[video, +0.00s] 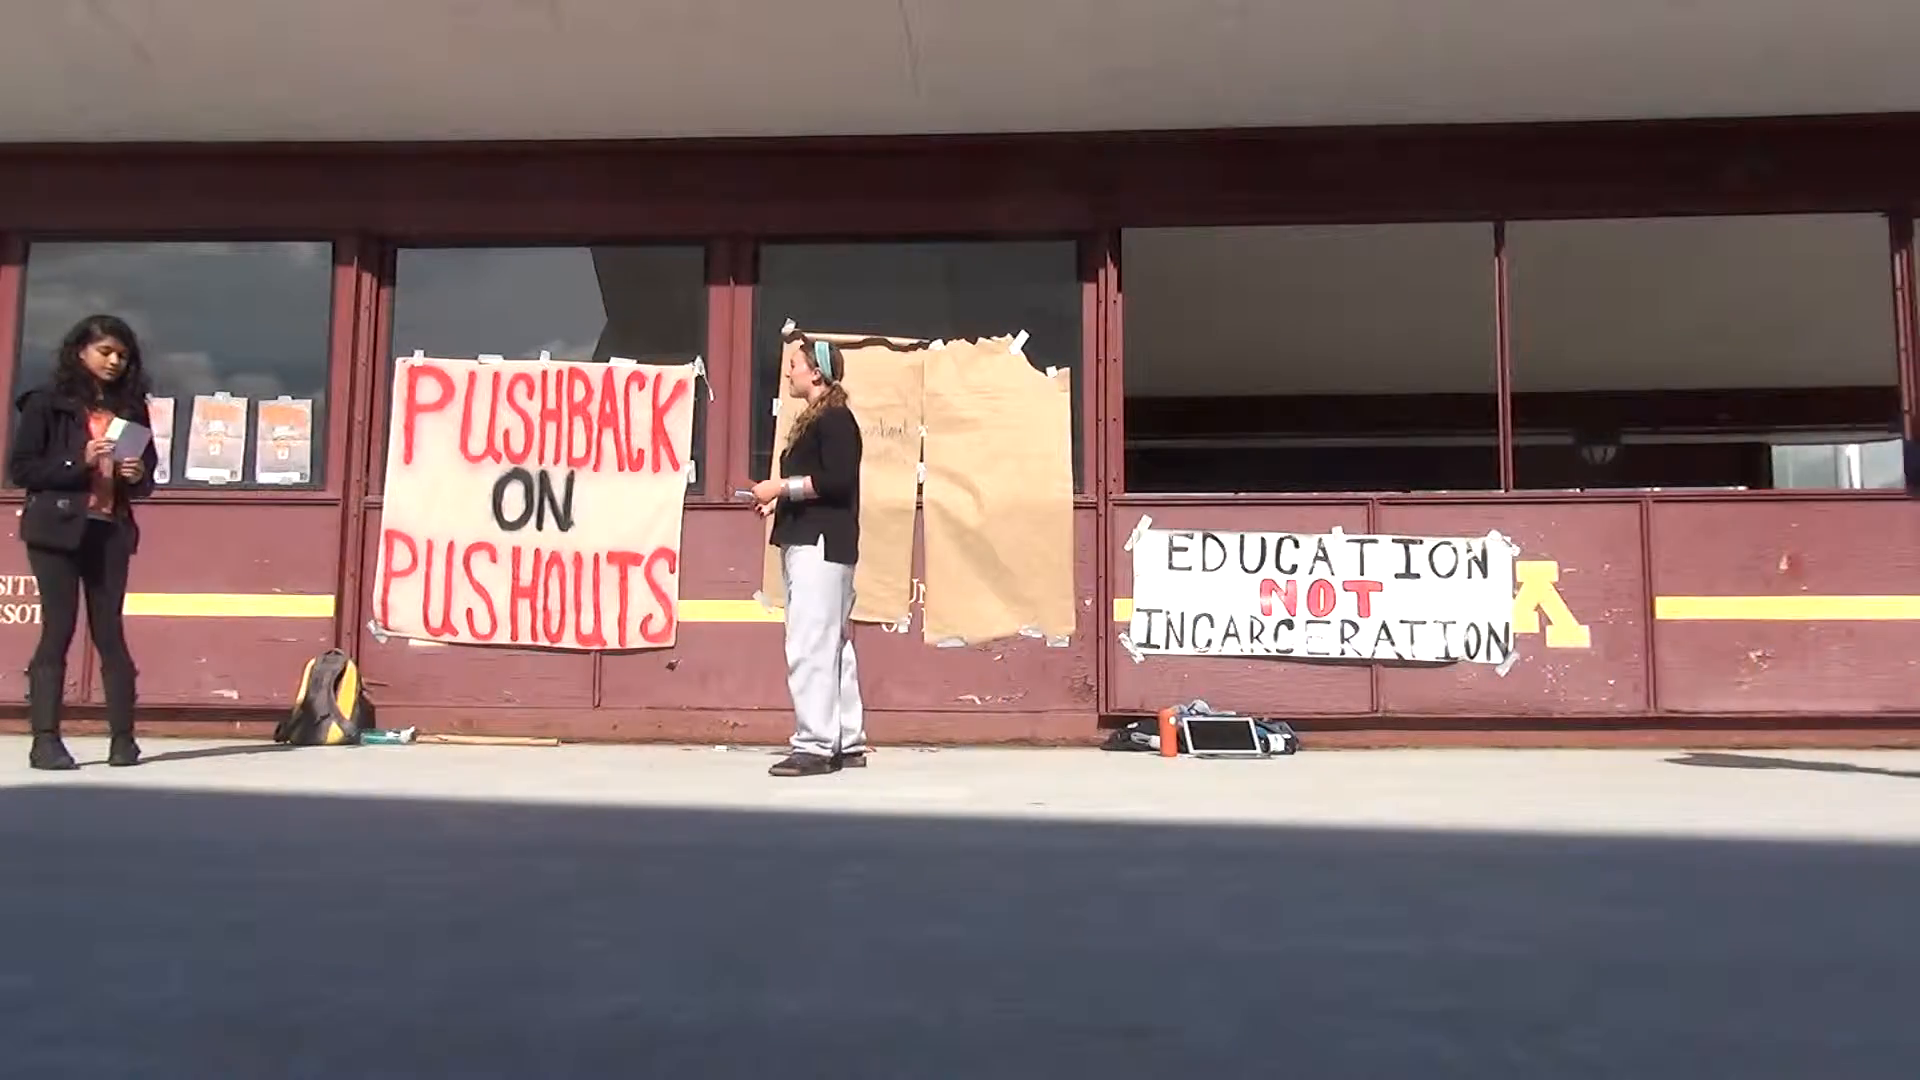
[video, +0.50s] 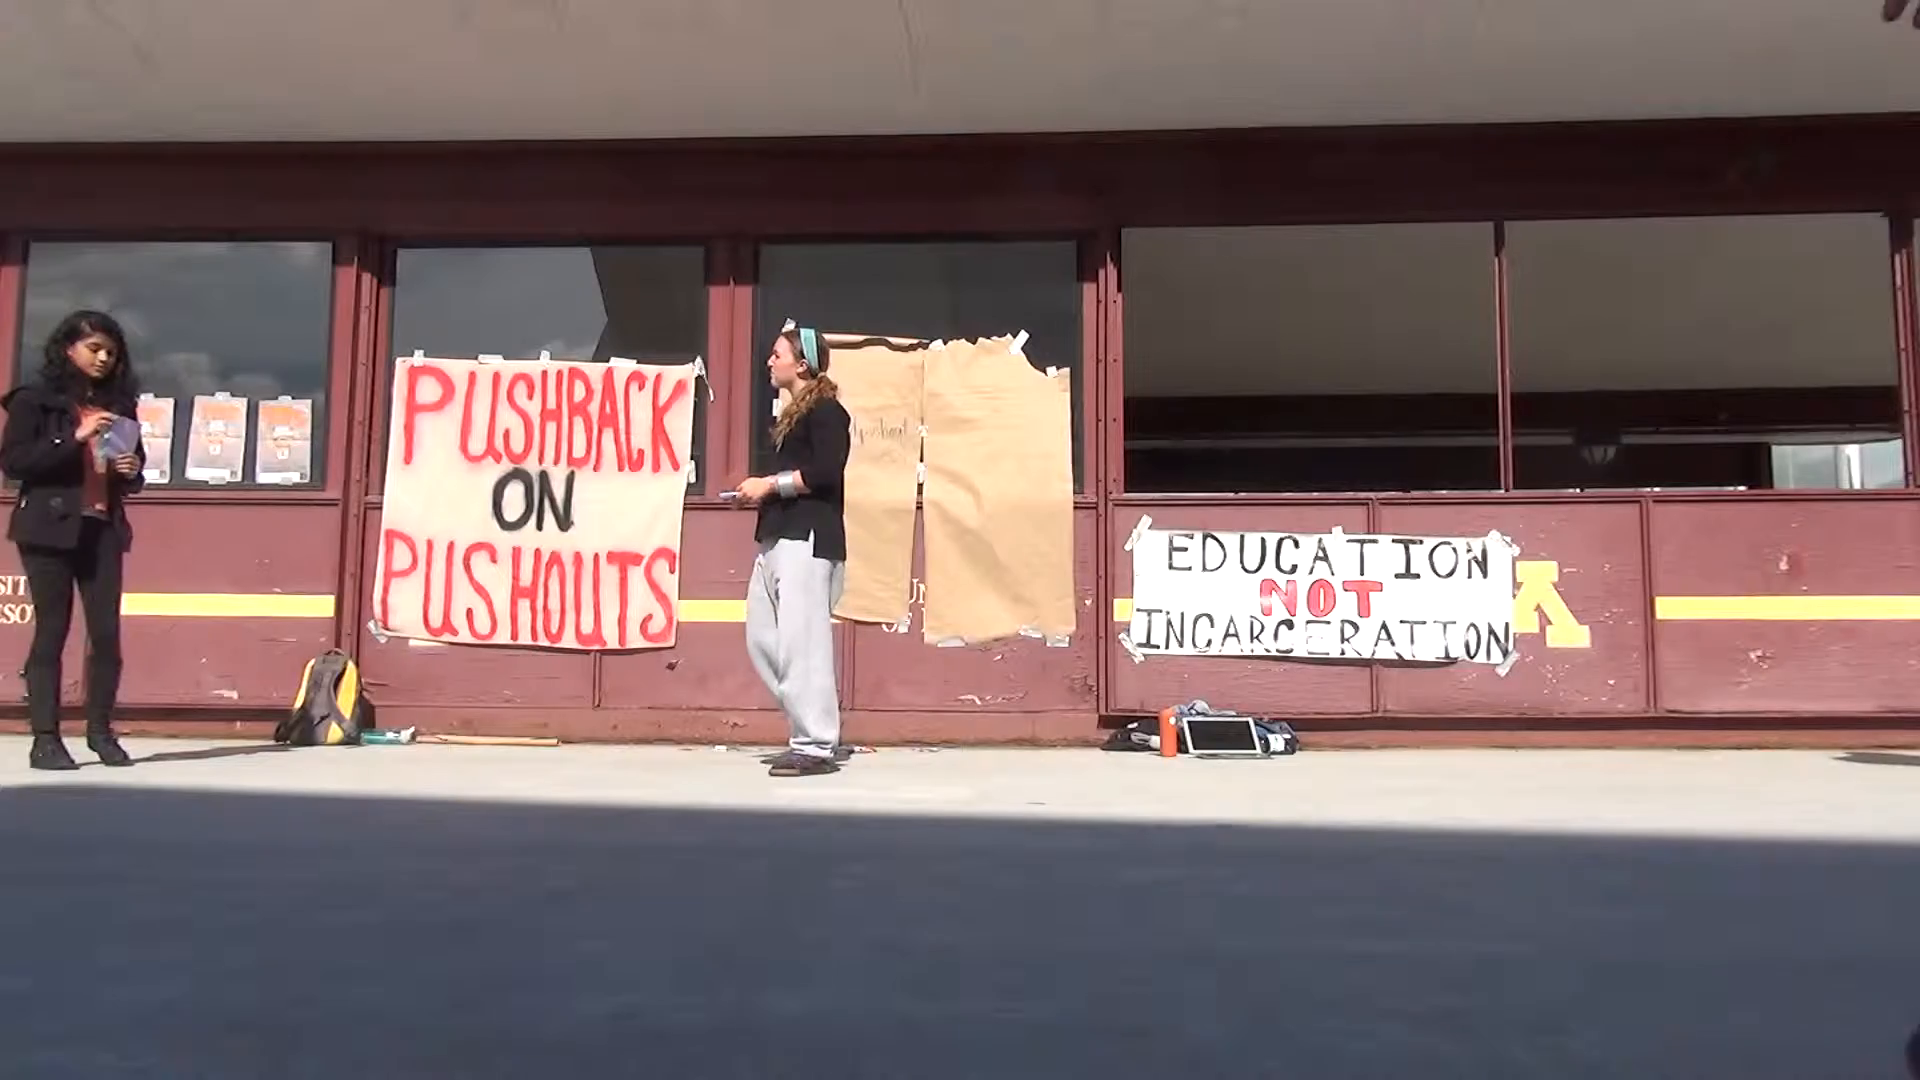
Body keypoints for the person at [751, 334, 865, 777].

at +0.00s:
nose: (787, 372)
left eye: (794, 365)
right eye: (788, 365)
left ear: (816, 372)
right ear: (814, 374)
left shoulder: (833, 419)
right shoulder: (817, 419)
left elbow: (836, 482)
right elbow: (816, 483)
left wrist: (781, 489)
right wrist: (775, 496)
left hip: (820, 547)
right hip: (816, 546)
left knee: (810, 645)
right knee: (829, 643)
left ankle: (814, 744)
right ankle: (847, 740)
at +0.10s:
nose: (784, 369)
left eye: (790, 362)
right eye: (785, 362)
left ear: (813, 368)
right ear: (808, 370)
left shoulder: (831, 415)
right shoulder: (813, 415)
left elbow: (834, 477)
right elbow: (813, 477)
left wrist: (777, 486)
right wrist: (771, 488)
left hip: (818, 544)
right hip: (810, 543)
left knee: (810, 643)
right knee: (824, 642)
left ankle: (815, 743)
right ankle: (846, 738)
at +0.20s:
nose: (781, 366)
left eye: (787, 359)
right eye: (782, 360)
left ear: (811, 365)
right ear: (805, 366)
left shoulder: (829, 412)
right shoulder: (806, 414)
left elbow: (830, 475)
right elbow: (803, 474)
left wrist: (774, 484)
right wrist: (764, 486)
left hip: (816, 541)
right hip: (803, 540)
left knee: (809, 643)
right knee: (814, 642)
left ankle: (816, 743)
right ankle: (843, 735)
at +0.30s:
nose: (778, 365)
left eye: (785, 358)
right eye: (779, 358)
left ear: (809, 364)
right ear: (801, 364)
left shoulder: (829, 411)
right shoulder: (803, 414)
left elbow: (826, 472)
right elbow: (798, 474)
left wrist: (772, 483)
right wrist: (760, 484)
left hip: (814, 541)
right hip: (794, 540)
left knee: (808, 642)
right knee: (796, 642)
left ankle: (815, 744)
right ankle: (839, 730)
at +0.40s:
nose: (774, 364)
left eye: (781, 357)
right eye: (775, 357)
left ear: (806, 363)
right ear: (795, 364)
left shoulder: (827, 409)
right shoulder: (796, 413)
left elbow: (827, 470)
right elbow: (797, 472)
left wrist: (772, 482)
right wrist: (762, 483)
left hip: (810, 540)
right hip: (786, 540)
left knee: (805, 642)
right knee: (780, 644)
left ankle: (815, 744)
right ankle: (833, 727)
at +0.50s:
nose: (770, 362)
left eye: (778, 356)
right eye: (772, 355)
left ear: (802, 364)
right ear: (792, 364)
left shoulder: (825, 409)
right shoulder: (791, 414)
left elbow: (826, 471)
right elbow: (798, 475)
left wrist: (770, 484)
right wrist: (762, 485)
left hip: (806, 542)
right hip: (776, 543)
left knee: (804, 641)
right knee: (763, 639)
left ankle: (815, 746)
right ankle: (815, 734)